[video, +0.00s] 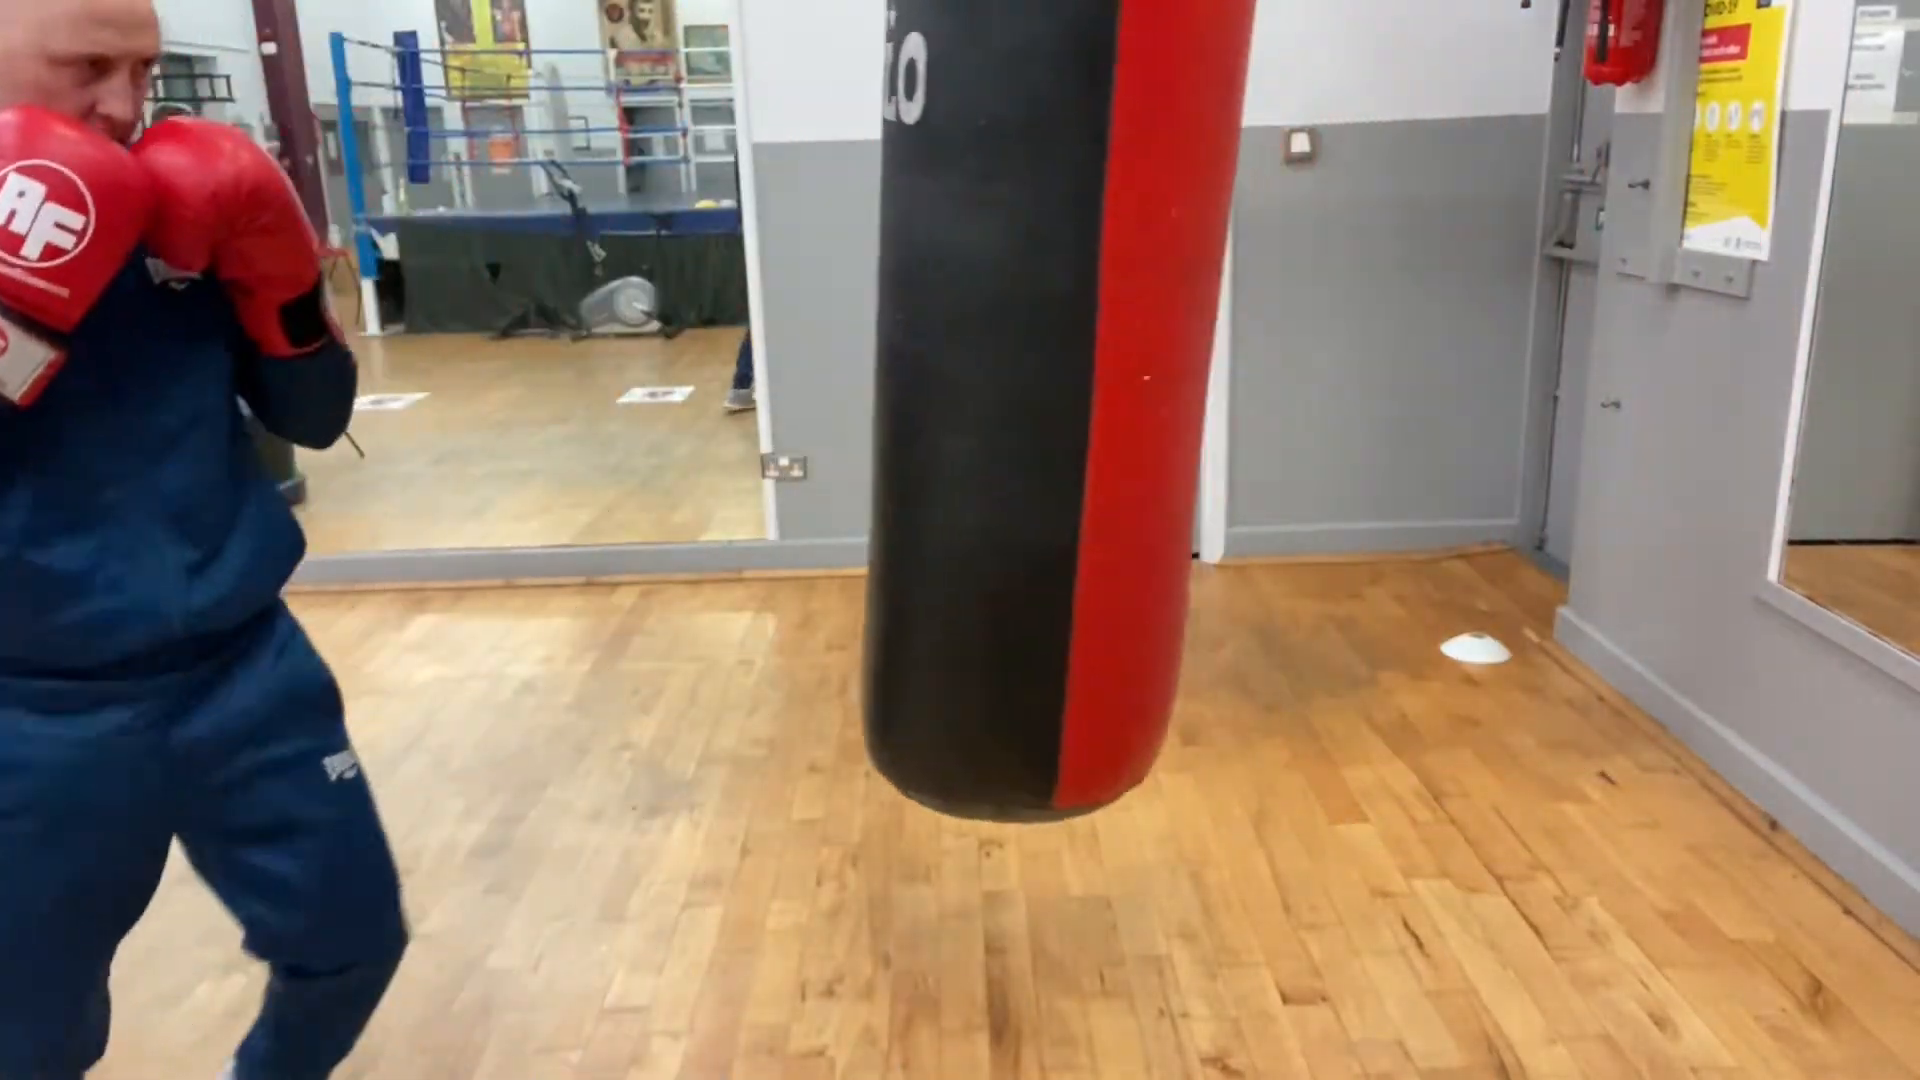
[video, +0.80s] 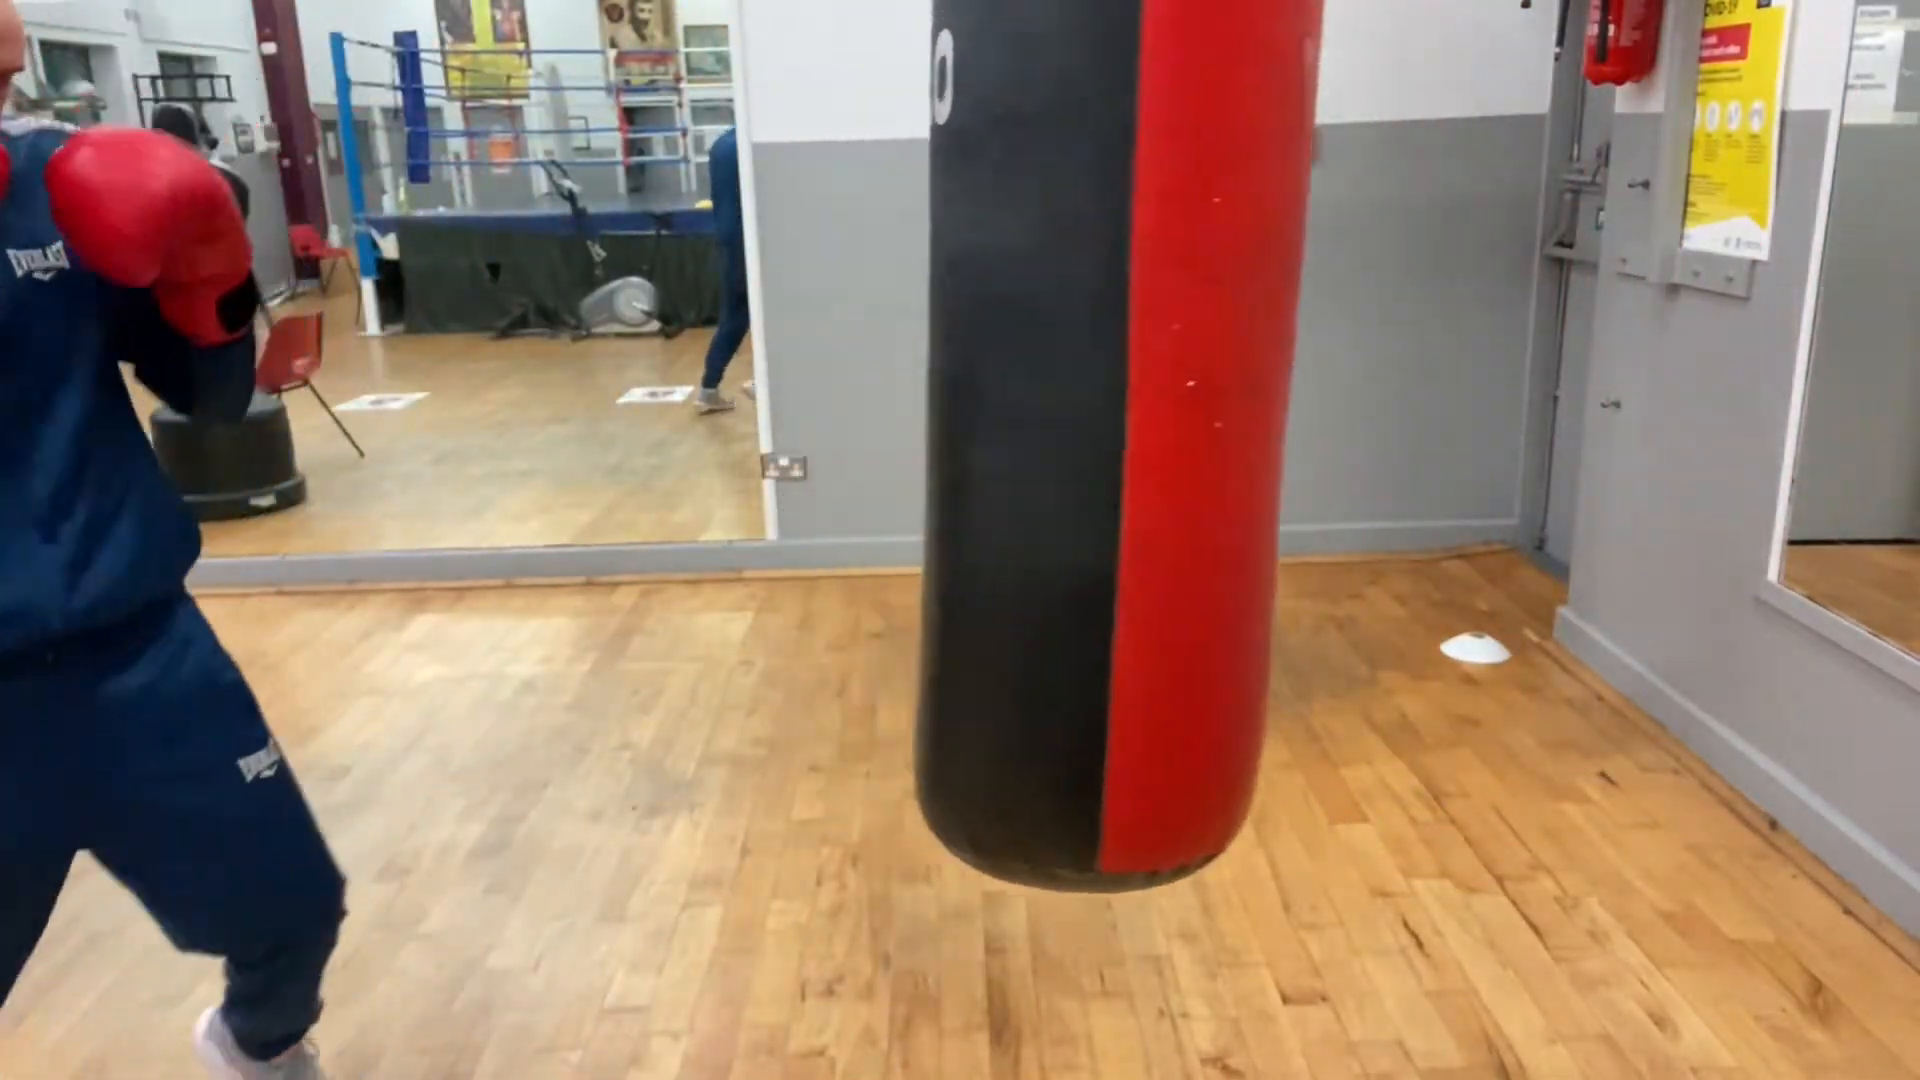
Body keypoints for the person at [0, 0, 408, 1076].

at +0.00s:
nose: (124, 105)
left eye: (143, 70)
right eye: (86, 70)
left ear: (161, 66)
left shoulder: (188, 208)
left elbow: (315, 417)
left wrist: (281, 274)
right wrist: (22, 314)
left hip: (244, 673)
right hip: (40, 713)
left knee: (351, 940)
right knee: (36, 1048)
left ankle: (274, 1076)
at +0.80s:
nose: (12, 73)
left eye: (13, 62)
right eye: (1, 64)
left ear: (20, 53)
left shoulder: (73, 184)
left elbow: (207, 392)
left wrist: (206, 281)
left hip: (136, 649)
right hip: (4, 693)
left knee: (290, 906)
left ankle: (258, 1043)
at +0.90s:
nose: (15, 39)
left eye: (22, 24)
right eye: (5, 24)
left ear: (36, 28)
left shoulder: (80, 137)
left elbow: (280, 331)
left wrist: (245, 177)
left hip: (157, 627)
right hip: (9, 673)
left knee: (347, 882)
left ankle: (356, 1042)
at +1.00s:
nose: (62, 79)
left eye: (78, 57)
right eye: (40, 54)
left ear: (92, 44)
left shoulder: (127, 151)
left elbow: (305, 344)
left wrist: (299, 210)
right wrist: (10, 197)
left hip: (189, 644)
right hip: (22, 683)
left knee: (393, 883)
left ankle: (504, 1059)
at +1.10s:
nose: (139, 169)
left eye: (155, 131)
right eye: (104, 133)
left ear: (170, 119)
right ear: (13, 133)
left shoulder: (209, 227)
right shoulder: (4, 283)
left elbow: (316, 433)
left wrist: (343, 347)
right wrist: (26, 340)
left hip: (258, 701)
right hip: (47, 745)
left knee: (459, 924)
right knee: (6, 1042)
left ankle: (566, 1069)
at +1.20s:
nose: (241, 171)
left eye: (259, 139)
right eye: (211, 135)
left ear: (277, 122)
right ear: (97, 99)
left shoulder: (305, 228)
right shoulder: (19, 252)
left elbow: (441, 421)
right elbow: (24, 520)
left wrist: (450, 307)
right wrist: (115, 326)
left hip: (349, 710)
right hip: (129, 748)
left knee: (526, 960)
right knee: (46, 1055)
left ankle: (570, 1070)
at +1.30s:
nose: (319, 111)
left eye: (337, 78)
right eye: (290, 73)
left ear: (354, 62)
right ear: (174, 41)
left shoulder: (377, 173)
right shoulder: (51, 212)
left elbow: (534, 356)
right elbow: (105, 464)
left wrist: (527, 214)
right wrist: (210, 253)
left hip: (416, 684)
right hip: (197, 724)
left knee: (563, 969)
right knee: (123, 1053)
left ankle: (579, 1077)